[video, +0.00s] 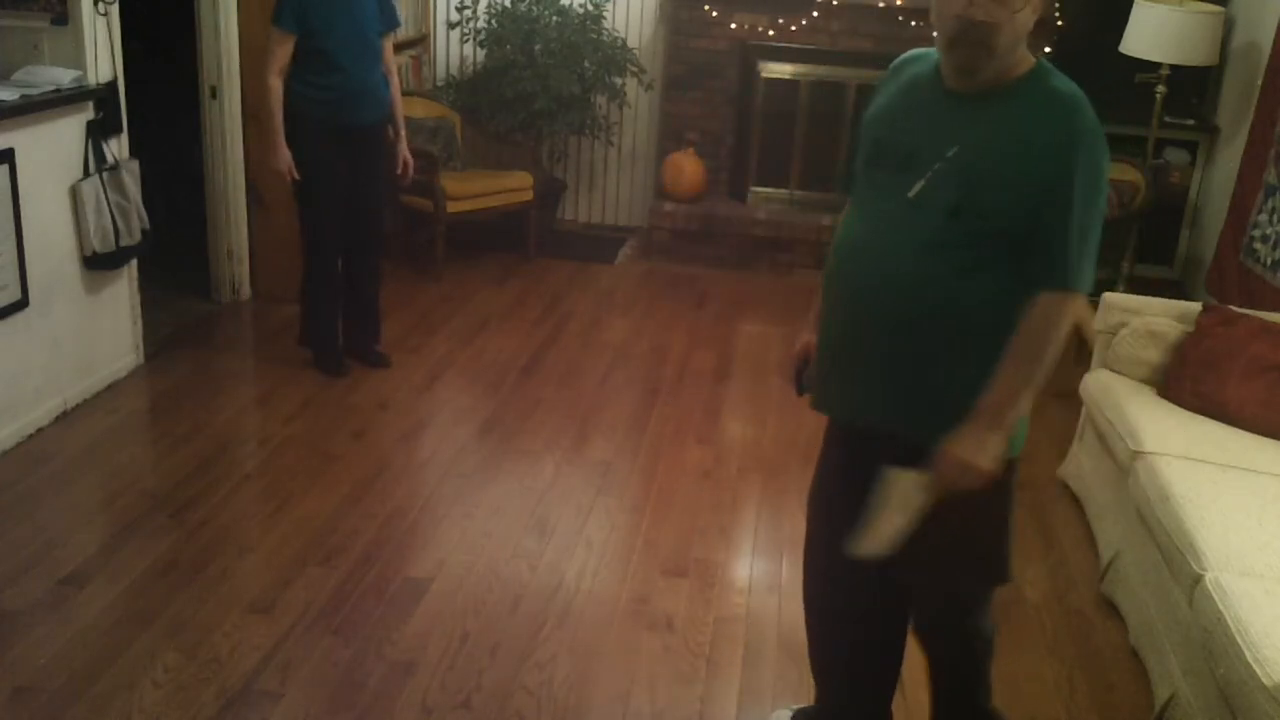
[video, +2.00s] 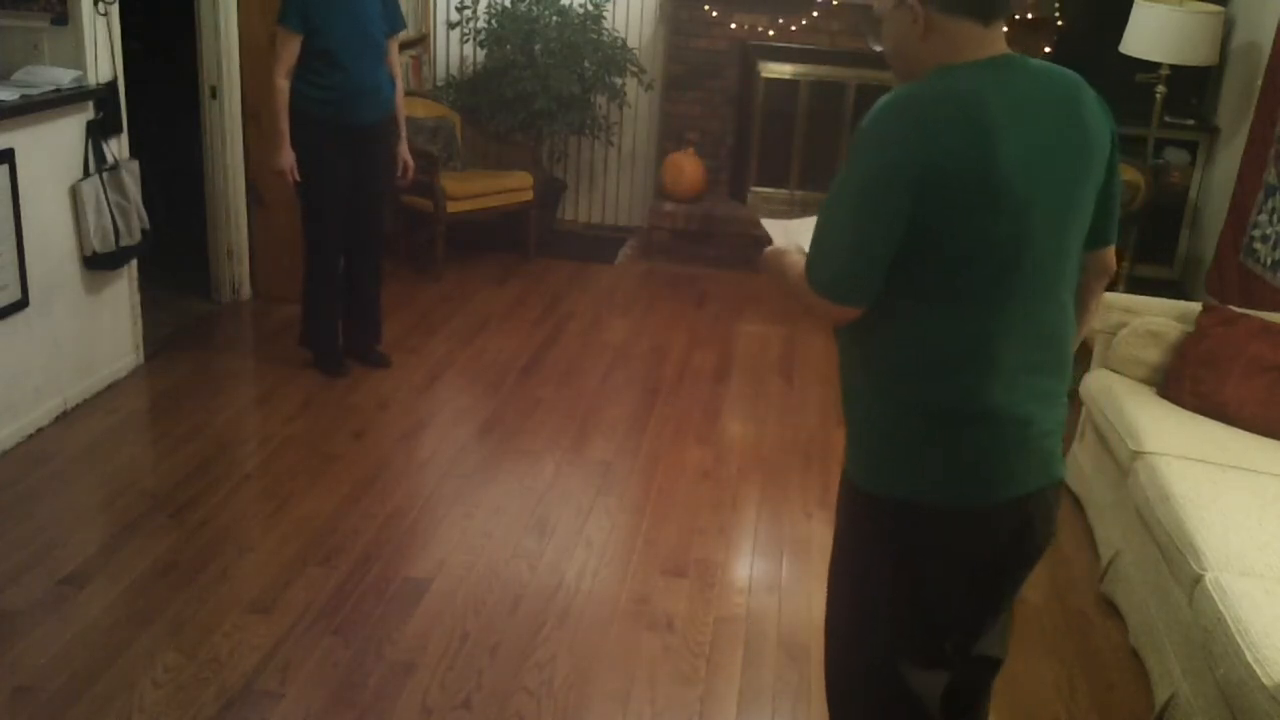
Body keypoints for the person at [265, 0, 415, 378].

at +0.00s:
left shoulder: (379, 6)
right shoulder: (296, 6)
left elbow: (389, 69)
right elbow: (274, 73)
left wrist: (400, 137)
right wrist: (279, 144)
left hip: (370, 133)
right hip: (317, 135)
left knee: (367, 240)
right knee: (322, 242)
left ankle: (363, 340)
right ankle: (323, 345)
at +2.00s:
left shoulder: (385, 6)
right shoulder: (302, 7)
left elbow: (394, 73)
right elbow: (282, 74)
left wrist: (401, 140)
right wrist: (284, 145)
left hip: (375, 132)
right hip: (320, 133)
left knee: (368, 239)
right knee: (325, 240)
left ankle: (364, 340)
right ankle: (324, 345)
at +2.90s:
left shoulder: (341, 7)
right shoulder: (259, 7)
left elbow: (353, 81)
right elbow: (231, 80)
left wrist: (372, 152)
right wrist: (245, 152)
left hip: (329, 146)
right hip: (272, 149)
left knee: (350, 246)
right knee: (273, 261)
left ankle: (362, 341)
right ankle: (264, 369)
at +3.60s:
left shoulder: (331, 8)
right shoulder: (248, 8)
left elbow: (338, 81)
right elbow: (221, 83)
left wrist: (347, 154)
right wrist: (239, 157)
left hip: (321, 148)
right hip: (262, 153)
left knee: (343, 246)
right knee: (268, 264)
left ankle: (340, 342)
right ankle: (262, 370)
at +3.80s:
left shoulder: (356, 7)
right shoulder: (270, 7)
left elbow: (369, 76)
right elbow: (245, 78)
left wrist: (379, 147)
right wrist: (253, 152)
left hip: (348, 142)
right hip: (288, 145)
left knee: (353, 253)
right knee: (282, 261)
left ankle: (355, 350)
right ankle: (264, 368)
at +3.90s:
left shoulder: (367, 7)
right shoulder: (282, 8)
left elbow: (382, 77)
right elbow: (256, 83)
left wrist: (395, 148)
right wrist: (264, 155)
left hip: (362, 144)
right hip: (303, 146)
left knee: (358, 255)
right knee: (297, 260)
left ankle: (355, 350)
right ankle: (269, 364)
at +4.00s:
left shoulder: (374, 7)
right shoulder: (291, 8)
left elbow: (390, 79)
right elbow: (264, 85)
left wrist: (408, 146)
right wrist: (278, 155)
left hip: (365, 143)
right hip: (308, 145)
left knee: (363, 250)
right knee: (311, 252)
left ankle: (355, 349)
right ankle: (286, 350)